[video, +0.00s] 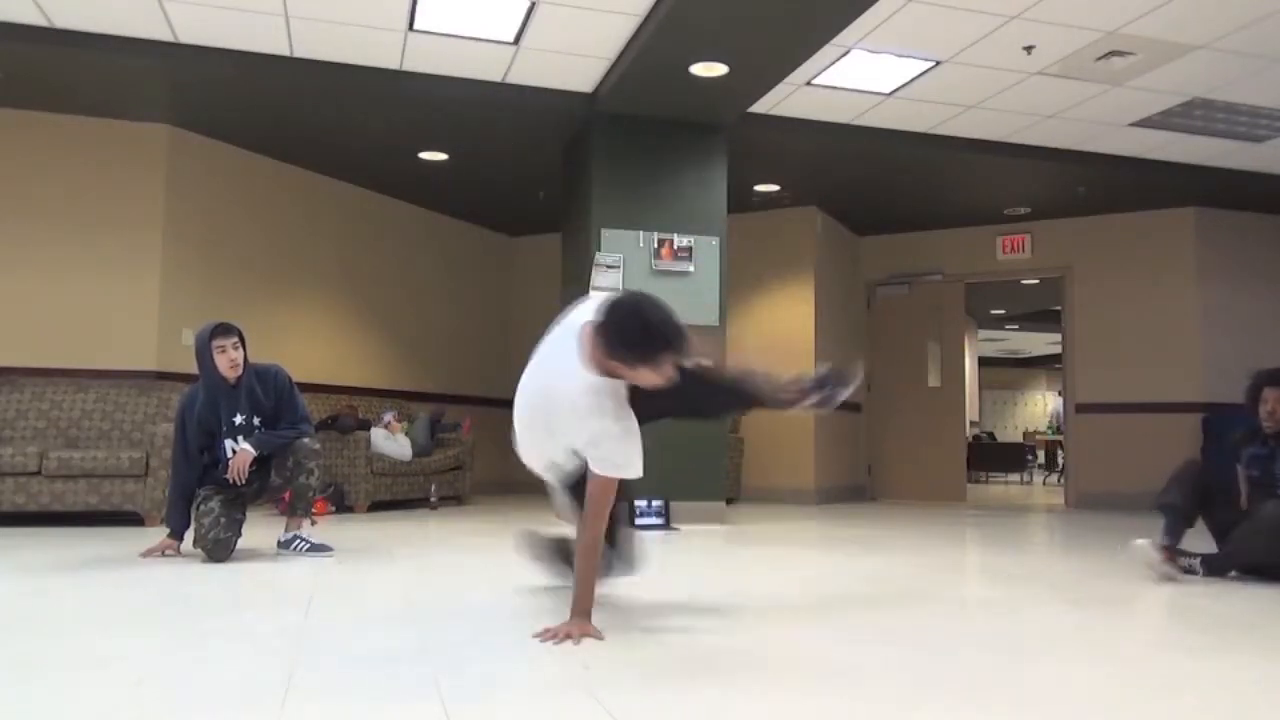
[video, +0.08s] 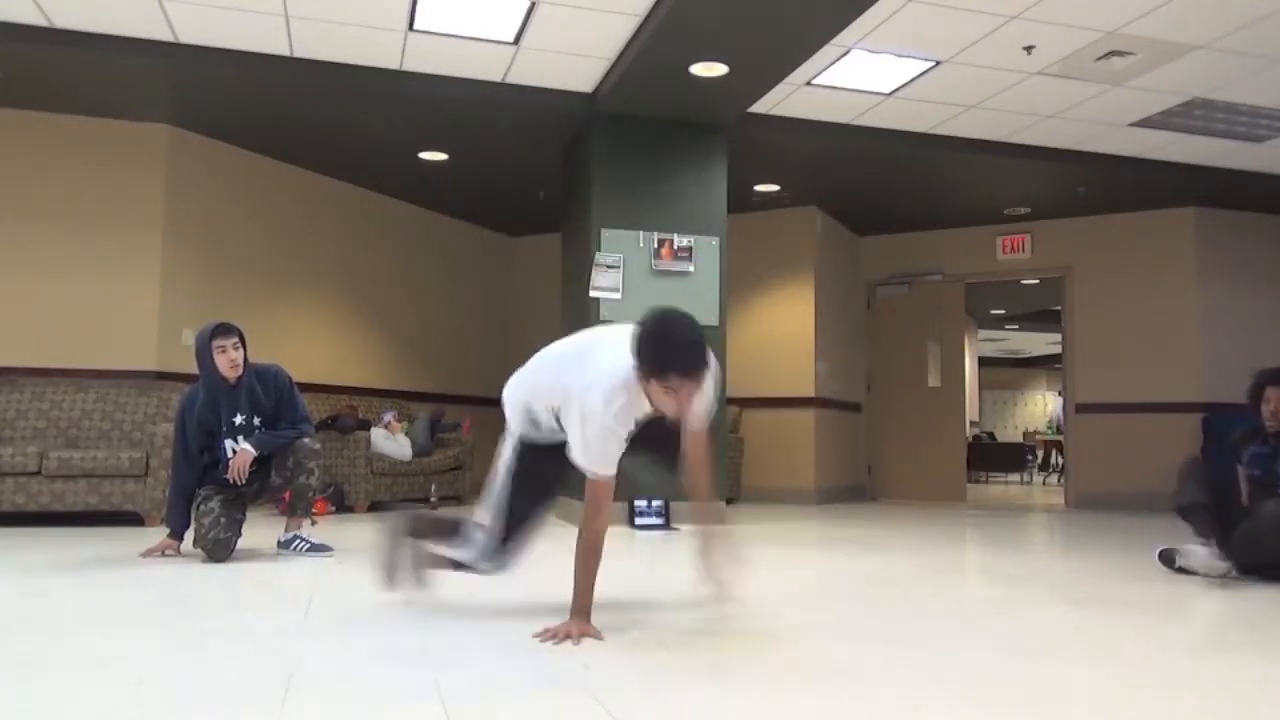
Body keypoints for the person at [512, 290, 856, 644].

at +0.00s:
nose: (673, 374)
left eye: (673, 361)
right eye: (660, 369)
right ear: (625, 368)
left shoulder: (603, 306)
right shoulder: (606, 423)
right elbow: (593, 525)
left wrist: (699, 364)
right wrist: (580, 617)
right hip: (561, 456)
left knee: (692, 388)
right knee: (619, 556)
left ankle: (793, 392)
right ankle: (551, 551)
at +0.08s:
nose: (684, 404)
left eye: (693, 388)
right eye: (671, 391)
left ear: (703, 370)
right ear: (645, 378)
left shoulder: (702, 369)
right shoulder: (605, 397)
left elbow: (697, 460)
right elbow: (595, 516)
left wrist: (713, 553)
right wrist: (579, 617)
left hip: (609, 417)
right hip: (540, 420)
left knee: (695, 474)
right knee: (489, 551)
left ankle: (715, 570)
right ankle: (412, 529)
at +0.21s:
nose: (700, 416)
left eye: (712, 406)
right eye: (692, 401)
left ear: (730, 402)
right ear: (676, 388)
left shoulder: (729, 426)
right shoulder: (639, 401)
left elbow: (679, 511)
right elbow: (603, 514)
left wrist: (657, 605)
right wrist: (580, 616)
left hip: (599, 438)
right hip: (556, 400)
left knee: (579, 555)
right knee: (448, 477)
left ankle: (516, 515)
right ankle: (311, 507)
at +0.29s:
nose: (735, 385)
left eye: (751, 377)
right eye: (731, 368)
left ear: (761, 382)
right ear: (710, 357)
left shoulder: (738, 425)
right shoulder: (662, 393)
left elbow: (682, 510)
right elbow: (615, 505)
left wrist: (654, 605)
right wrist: (587, 606)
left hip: (582, 487)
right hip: (564, 429)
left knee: (517, 596)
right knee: (491, 411)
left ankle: (404, 586)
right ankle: (345, 411)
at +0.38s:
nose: (728, 357)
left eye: (743, 352)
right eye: (724, 341)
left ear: (753, 362)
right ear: (706, 334)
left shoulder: (731, 421)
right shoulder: (671, 368)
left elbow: (680, 508)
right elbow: (597, 446)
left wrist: (654, 606)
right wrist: (605, 553)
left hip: (585, 515)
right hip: (561, 457)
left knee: (569, 611)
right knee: (517, 389)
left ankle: (419, 624)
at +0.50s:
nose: (663, 341)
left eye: (675, 334)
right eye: (655, 329)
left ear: (685, 346)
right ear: (636, 333)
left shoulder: (684, 412)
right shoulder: (605, 354)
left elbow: (664, 511)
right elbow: (552, 390)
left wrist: (654, 608)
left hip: (635, 536)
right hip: (578, 508)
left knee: (757, 542)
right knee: (552, 402)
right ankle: (519, 411)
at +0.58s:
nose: (606, 339)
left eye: (613, 331)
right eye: (596, 330)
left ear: (624, 343)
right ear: (573, 339)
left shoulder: (644, 403)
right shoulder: (549, 383)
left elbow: (653, 491)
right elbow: (521, 472)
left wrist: (655, 604)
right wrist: (495, 560)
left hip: (668, 517)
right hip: (607, 520)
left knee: (797, 420)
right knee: (590, 481)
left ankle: (910, 511)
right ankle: (704, 610)